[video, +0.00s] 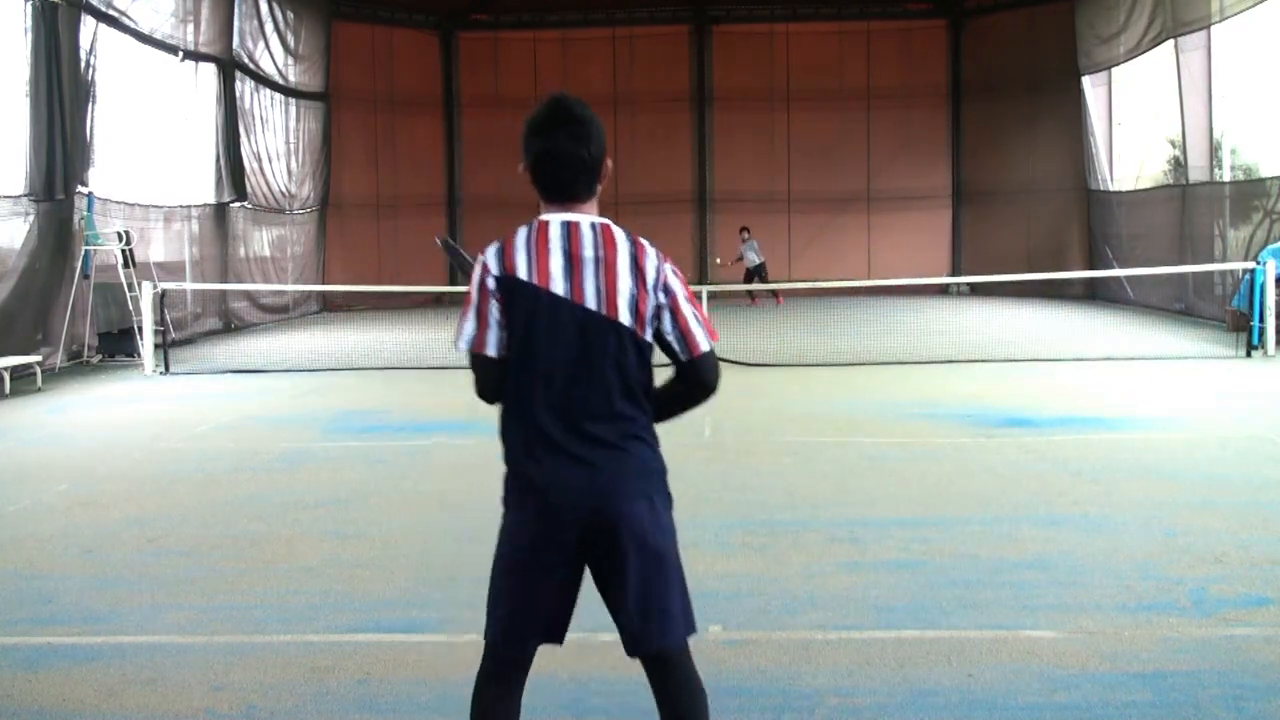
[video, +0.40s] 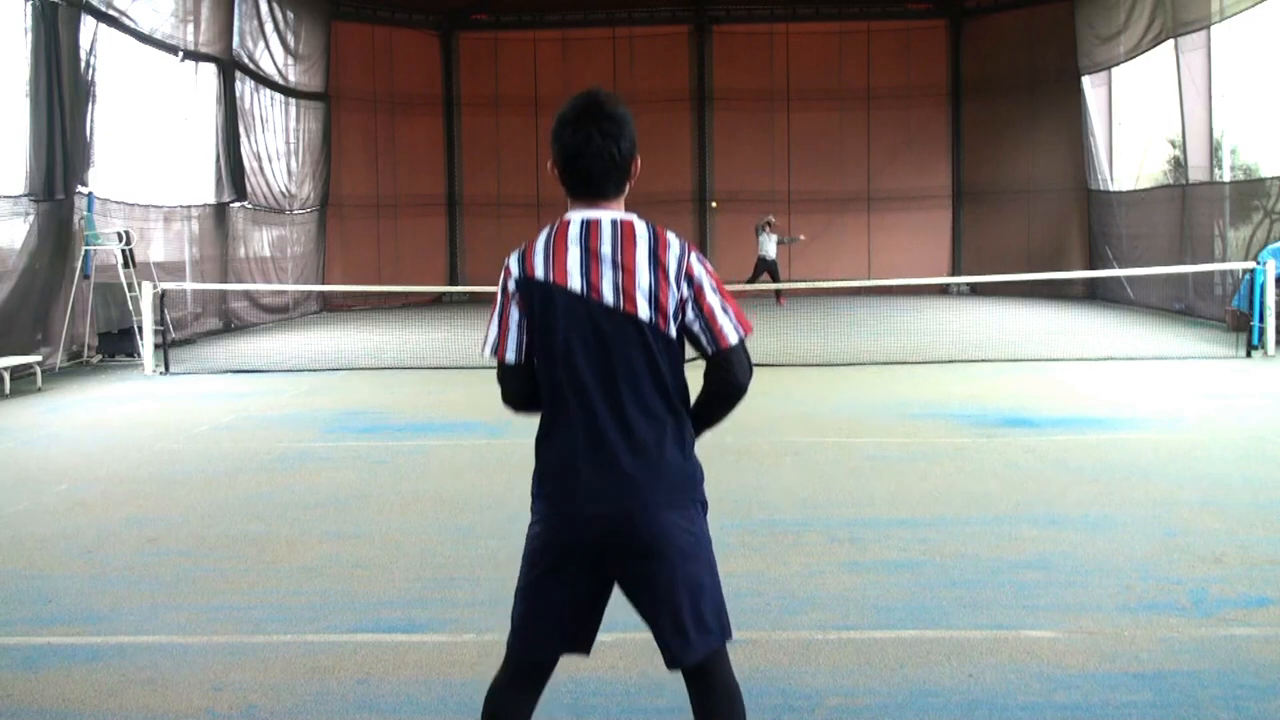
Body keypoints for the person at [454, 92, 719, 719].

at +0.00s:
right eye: (604, 159)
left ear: (527, 173)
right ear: (605, 170)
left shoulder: (498, 262)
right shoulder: (644, 260)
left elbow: (490, 383)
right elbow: (702, 375)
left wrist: (554, 379)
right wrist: (636, 411)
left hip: (540, 495)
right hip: (629, 493)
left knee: (503, 667)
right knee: (669, 660)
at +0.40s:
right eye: (637, 156)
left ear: (556, 170)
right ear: (634, 168)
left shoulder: (525, 264)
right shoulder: (674, 256)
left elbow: (517, 390)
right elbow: (733, 373)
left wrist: (582, 382)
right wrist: (683, 429)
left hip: (567, 501)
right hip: (660, 498)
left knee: (524, 667)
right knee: (707, 666)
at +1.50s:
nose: (505, 249)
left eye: (506, 235)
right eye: (508, 232)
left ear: (515, 246)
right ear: (581, 229)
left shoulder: (599, 289)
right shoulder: (549, 331)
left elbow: (625, 415)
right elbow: (540, 419)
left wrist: (522, 425)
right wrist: (504, 457)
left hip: (691, 529)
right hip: (655, 532)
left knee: (673, 705)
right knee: (610, 631)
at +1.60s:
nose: (500, 262)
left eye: (499, 252)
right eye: (502, 250)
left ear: (512, 261)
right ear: (570, 237)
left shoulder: (600, 299)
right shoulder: (532, 342)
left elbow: (631, 417)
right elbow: (534, 445)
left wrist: (550, 470)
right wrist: (517, 486)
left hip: (671, 537)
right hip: (625, 544)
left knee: (653, 704)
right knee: (596, 621)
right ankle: (596, 717)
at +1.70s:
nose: (503, 262)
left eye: (502, 250)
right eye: (501, 250)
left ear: (517, 254)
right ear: (568, 239)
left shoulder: (578, 306)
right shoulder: (564, 312)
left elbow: (580, 428)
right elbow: (527, 412)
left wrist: (530, 520)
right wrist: (494, 498)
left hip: (627, 529)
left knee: (607, 691)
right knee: (576, 657)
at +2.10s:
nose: (565, 169)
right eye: (564, 162)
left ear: (491, 190)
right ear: (561, 175)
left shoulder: (488, 255)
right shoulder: (601, 260)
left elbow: (574, 241)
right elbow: (699, 301)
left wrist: (657, 205)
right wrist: (712, 224)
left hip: (521, 476)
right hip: (598, 476)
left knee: (532, 636)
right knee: (602, 631)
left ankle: (529, 718)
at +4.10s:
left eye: (153, 226)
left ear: (157, 239)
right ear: (242, 225)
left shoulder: (217, 311)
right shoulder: (248, 306)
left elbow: (159, 453)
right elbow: (184, 461)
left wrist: (63, 468)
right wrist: (77, 505)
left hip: (260, 593)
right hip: (292, 587)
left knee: (172, 708)